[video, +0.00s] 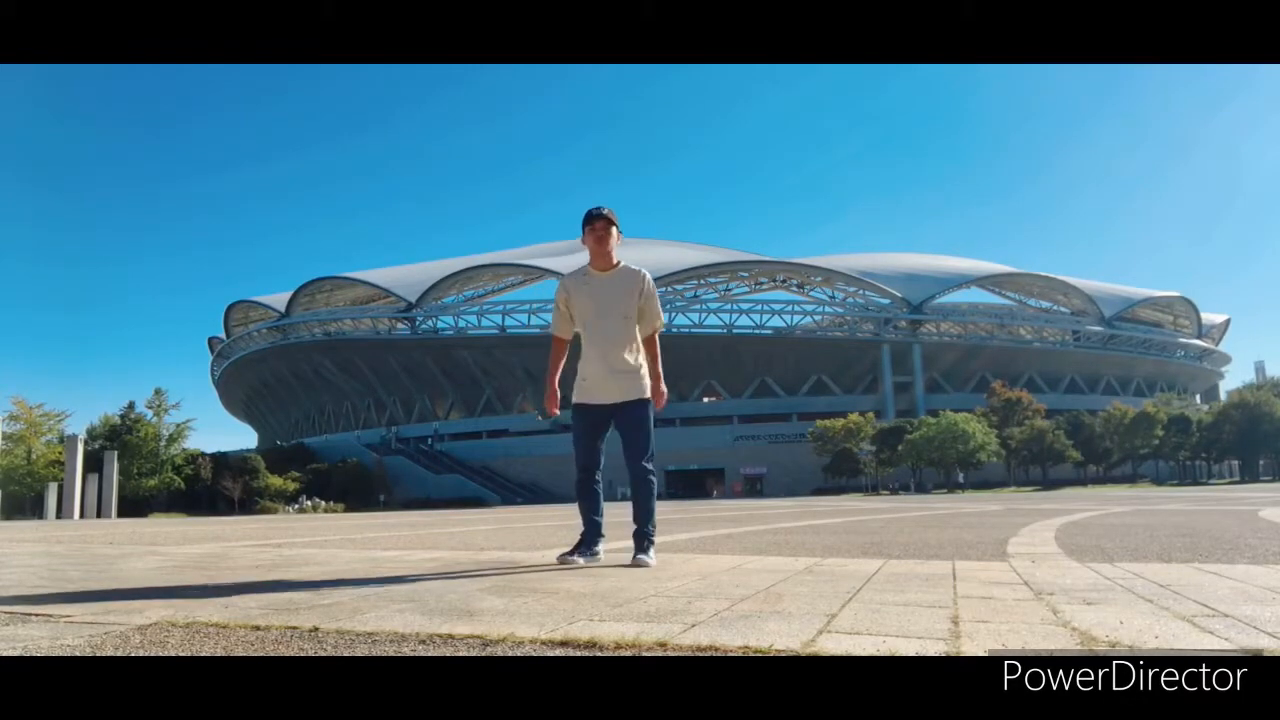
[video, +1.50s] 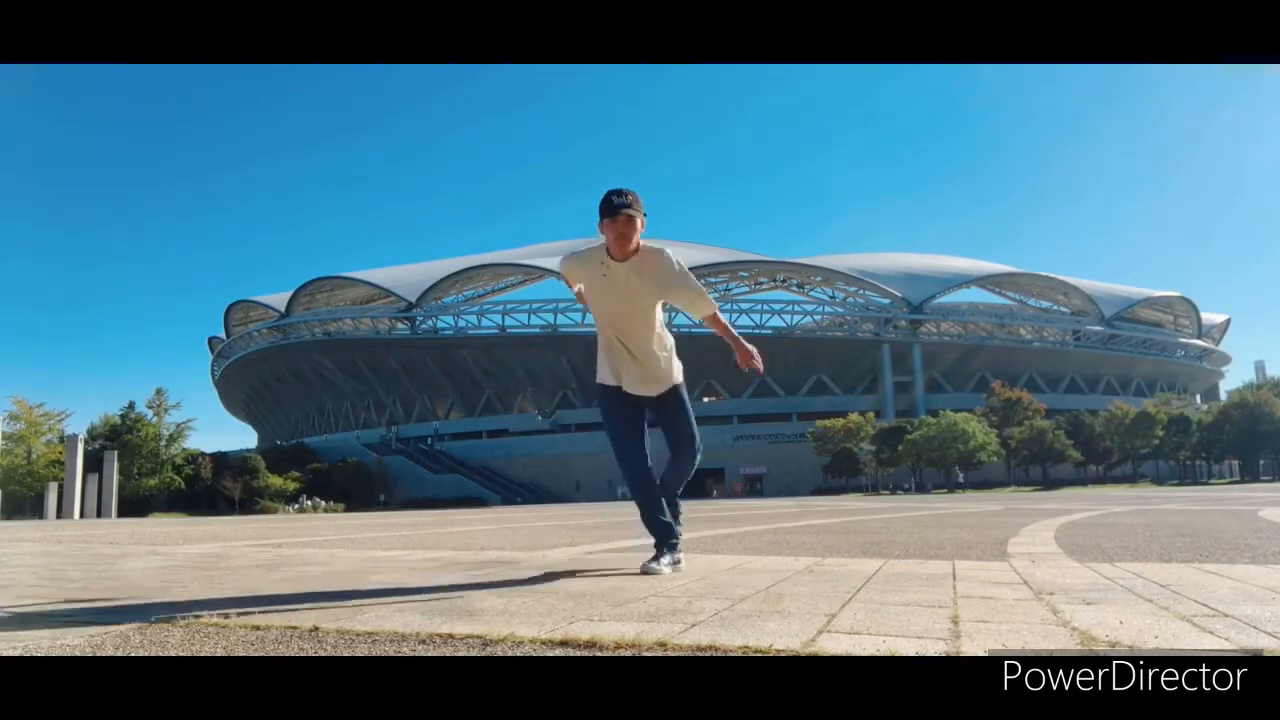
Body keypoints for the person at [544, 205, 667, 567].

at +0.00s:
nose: (601, 234)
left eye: (606, 228)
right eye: (594, 230)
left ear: (618, 236)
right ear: (584, 239)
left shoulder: (638, 279)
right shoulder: (570, 285)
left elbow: (650, 335)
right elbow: (560, 339)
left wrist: (657, 379)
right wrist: (552, 385)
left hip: (634, 389)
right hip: (589, 391)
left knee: (641, 468)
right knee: (586, 471)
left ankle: (644, 543)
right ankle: (591, 542)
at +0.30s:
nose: (608, 245)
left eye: (614, 239)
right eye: (601, 240)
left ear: (625, 245)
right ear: (590, 246)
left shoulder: (642, 286)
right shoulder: (574, 285)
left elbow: (653, 340)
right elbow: (564, 331)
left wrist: (659, 381)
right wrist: (589, 341)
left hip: (639, 393)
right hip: (596, 397)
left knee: (647, 468)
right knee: (604, 472)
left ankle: (644, 543)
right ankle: (617, 537)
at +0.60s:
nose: (639, 253)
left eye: (646, 247)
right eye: (631, 247)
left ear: (655, 253)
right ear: (620, 253)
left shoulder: (663, 293)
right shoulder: (595, 293)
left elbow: (646, 336)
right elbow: (555, 329)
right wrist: (525, 365)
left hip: (635, 395)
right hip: (591, 391)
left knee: (630, 471)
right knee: (581, 456)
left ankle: (618, 545)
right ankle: (603, 484)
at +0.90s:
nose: (613, 262)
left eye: (620, 255)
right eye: (606, 255)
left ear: (632, 259)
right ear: (594, 259)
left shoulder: (645, 302)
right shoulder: (582, 294)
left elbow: (658, 360)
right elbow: (593, 336)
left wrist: (665, 411)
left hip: (640, 385)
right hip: (601, 375)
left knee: (638, 472)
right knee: (598, 417)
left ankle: (619, 544)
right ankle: (598, 508)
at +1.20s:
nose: (615, 248)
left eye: (621, 241)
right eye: (607, 241)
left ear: (632, 242)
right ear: (595, 243)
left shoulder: (645, 272)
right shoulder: (589, 274)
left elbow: (621, 314)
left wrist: (575, 281)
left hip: (654, 383)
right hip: (612, 381)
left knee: (645, 470)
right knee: (630, 464)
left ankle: (621, 544)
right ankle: (661, 543)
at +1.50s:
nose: (624, 232)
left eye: (631, 224)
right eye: (615, 225)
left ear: (642, 225)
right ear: (601, 227)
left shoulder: (661, 263)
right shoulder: (584, 262)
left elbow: (703, 306)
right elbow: (567, 272)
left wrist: (739, 344)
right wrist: (582, 295)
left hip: (661, 369)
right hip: (614, 373)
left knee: (688, 450)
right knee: (634, 465)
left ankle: (667, 497)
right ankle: (667, 547)